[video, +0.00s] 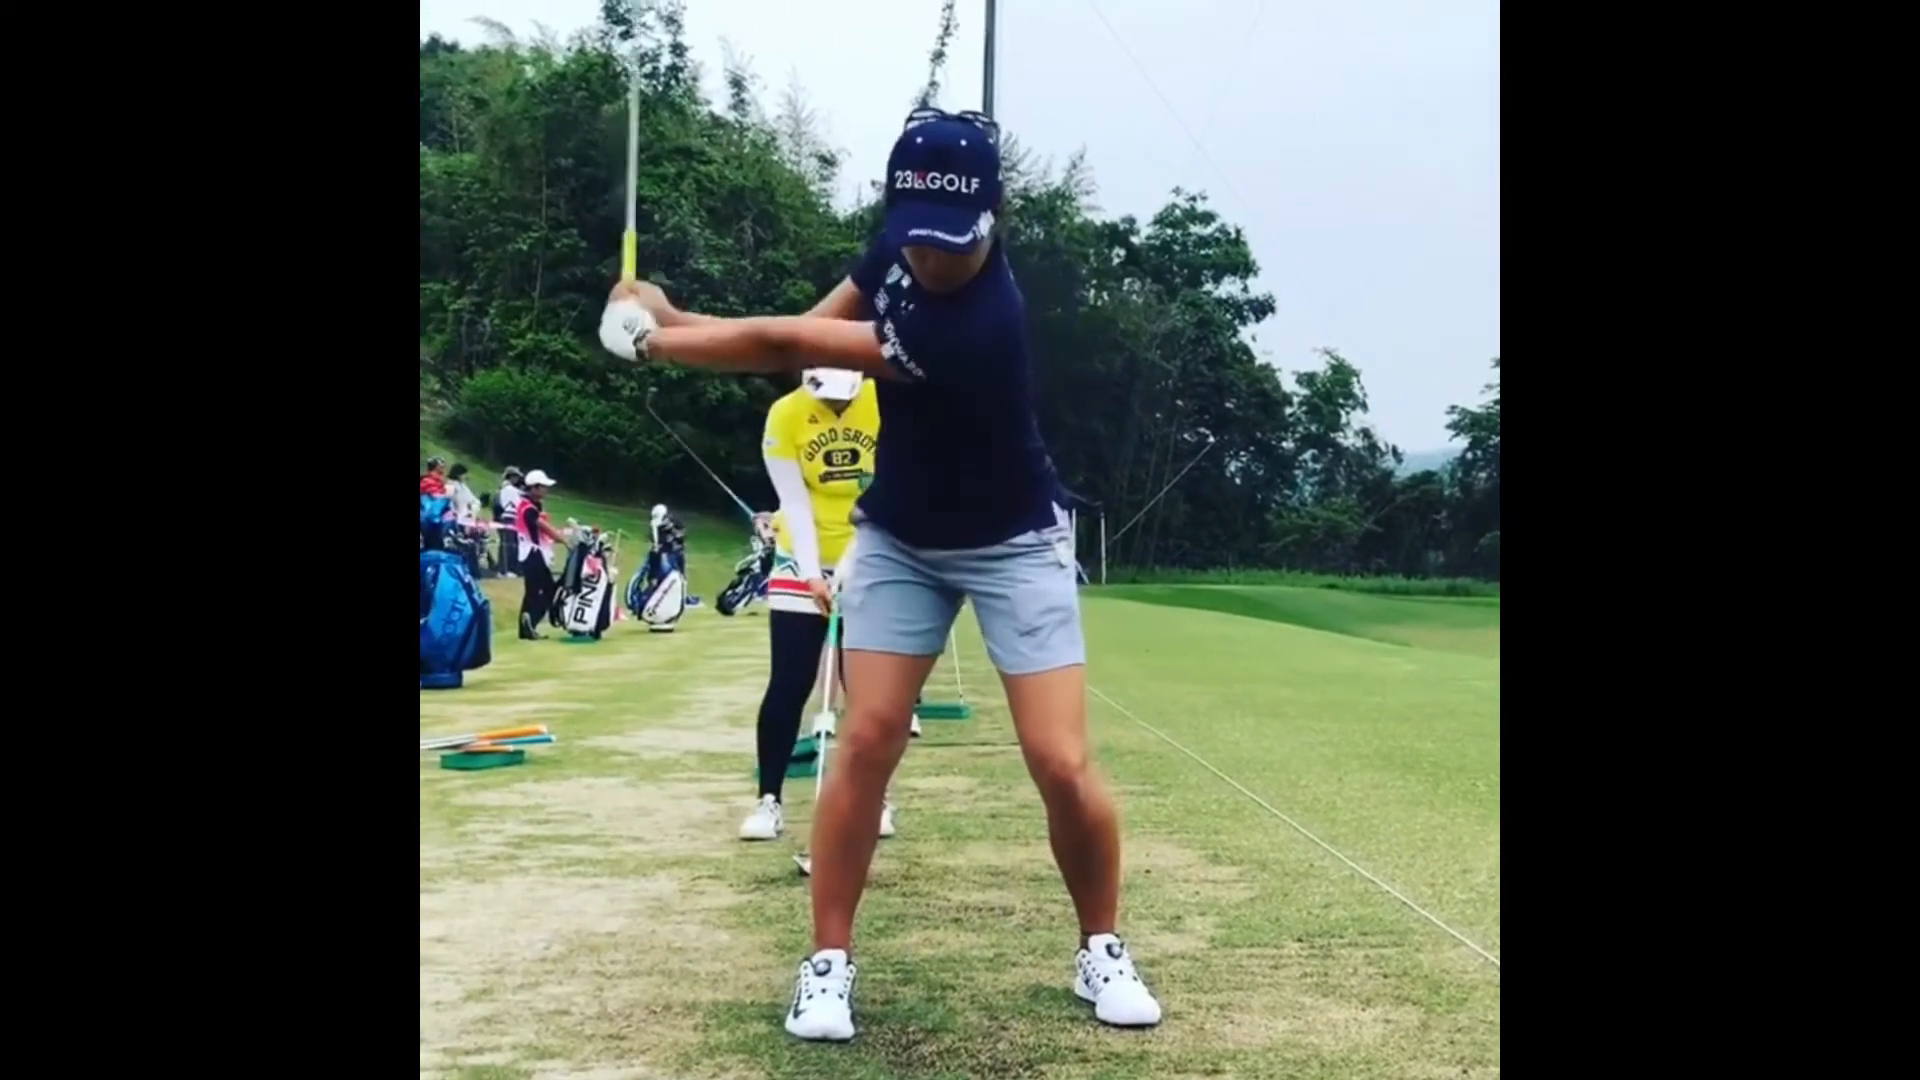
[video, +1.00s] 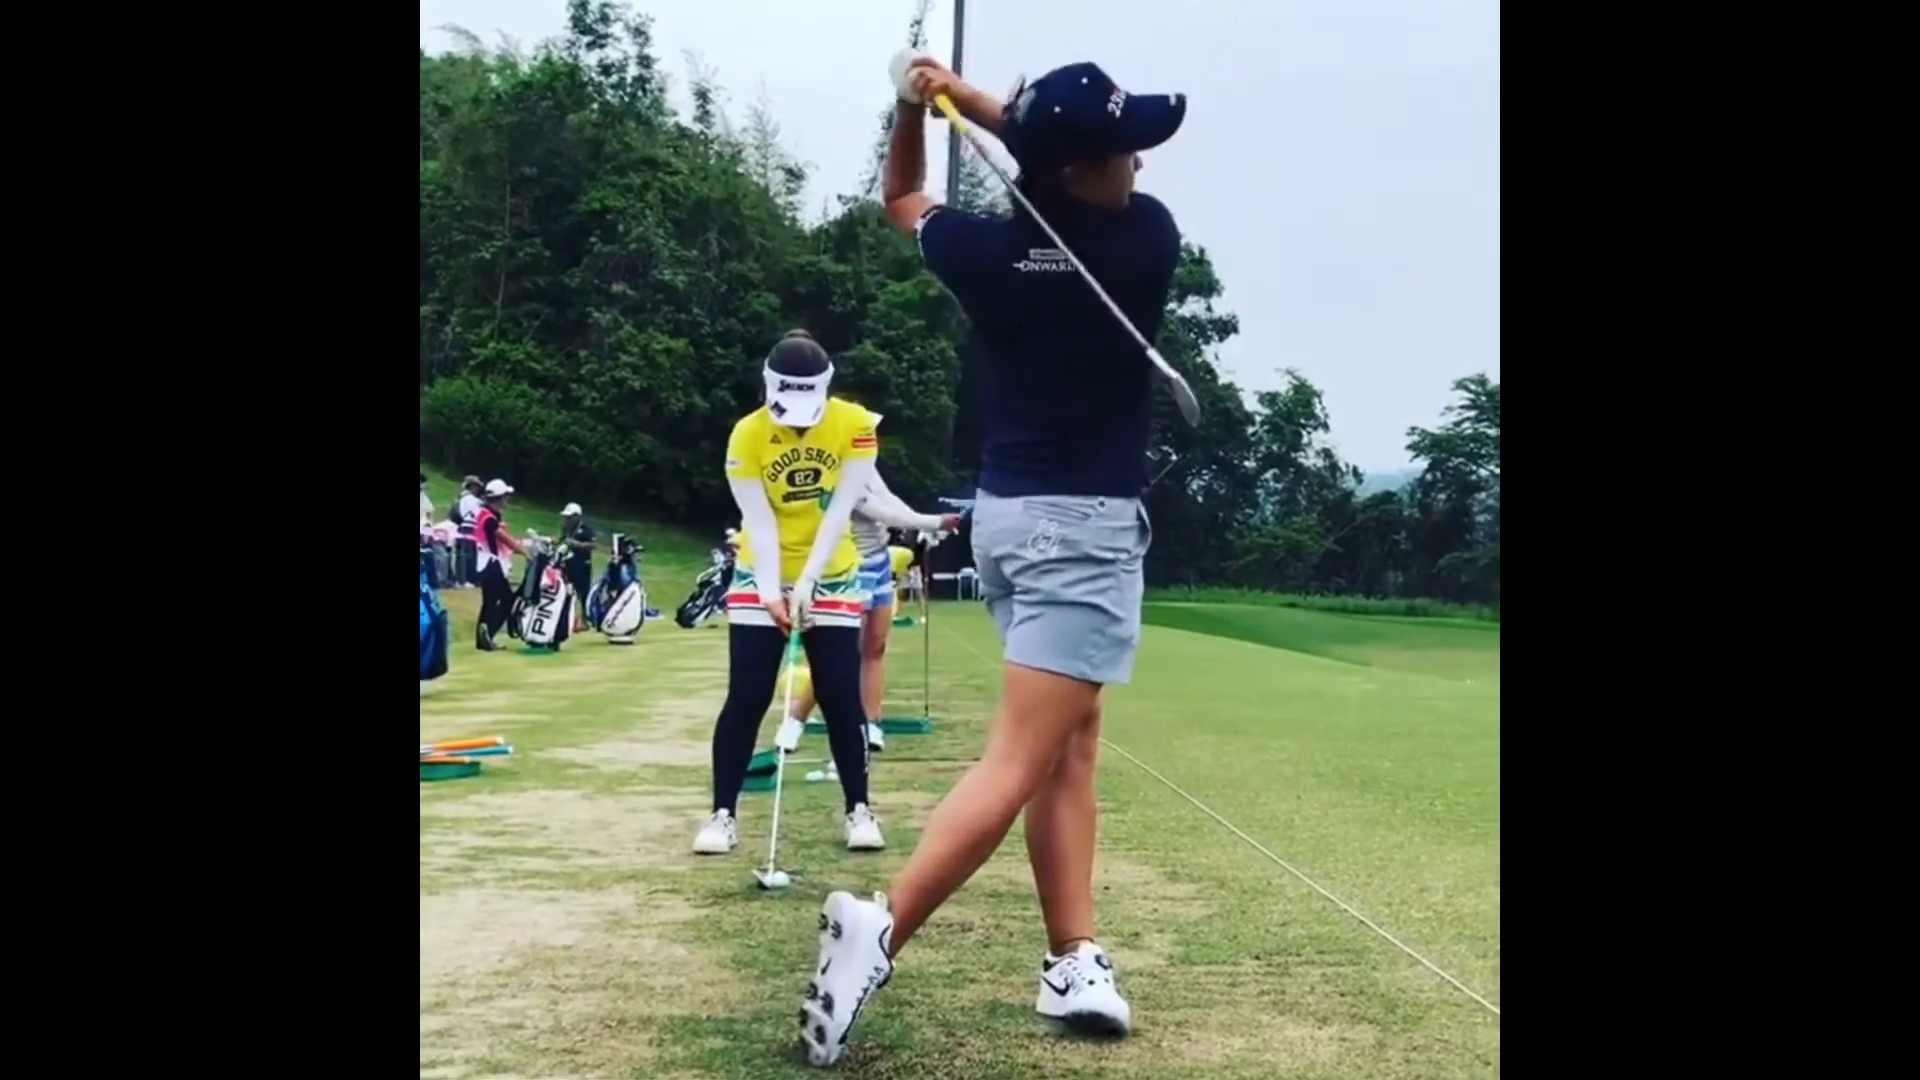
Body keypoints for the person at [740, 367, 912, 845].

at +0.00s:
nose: (836, 385)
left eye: (845, 377)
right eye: (825, 377)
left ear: (861, 372)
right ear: (808, 372)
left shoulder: (880, 402)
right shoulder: (786, 415)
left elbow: (893, 486)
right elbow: (794, 503)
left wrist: (859, 563)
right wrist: (810, 570)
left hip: (867, 555)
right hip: (800, 558)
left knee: (874, 692)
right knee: (789, 684)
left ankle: (876, 794)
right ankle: (768, 799)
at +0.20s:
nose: (820, 401)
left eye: (831, 391)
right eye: (809, 390)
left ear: (848, 373)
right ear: (792, 374)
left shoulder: (873, 407)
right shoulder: (771, 421)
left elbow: (877, 492)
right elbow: (782, 507)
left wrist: (839, 565)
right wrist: (801, 574)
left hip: (856, 556)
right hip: (788, 558)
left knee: (869, 688)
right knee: (784, 686)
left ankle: (878, 792)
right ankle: (767, 802)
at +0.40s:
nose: (823, 401)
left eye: (834, 391)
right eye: (813, 389)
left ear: (855, 374)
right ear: (799, 374)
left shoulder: (878, 416)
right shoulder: (781, 422)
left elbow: (883, 501)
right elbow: (785, 509)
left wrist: (842, 568)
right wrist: (804, 577)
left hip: (866, 573)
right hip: (792, 573)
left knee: (874, 694)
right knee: (783, 689)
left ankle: (888, 801)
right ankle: (759, 805)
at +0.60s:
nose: (828, 407)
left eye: (839, 396)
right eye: (818, 395)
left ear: (858, 378)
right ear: (803, 378)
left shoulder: (892, 419)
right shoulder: (782, 429)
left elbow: (880, 506)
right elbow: (790, 515)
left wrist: (841, 570)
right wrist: (799, 579)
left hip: (867, 572)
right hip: (794, 569)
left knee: (868, 701)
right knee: (776, 688)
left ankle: (880, 818)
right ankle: (747, 806)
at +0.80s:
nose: (807, 409)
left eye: (818, 399)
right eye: (798, 398)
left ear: (837, 383)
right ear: (782, 382)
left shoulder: (868, 420)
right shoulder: (759, 433)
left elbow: (859, 505)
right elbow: (770, 518)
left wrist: (821, 575)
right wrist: (780, 584)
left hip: (846, 574)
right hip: (773, 573)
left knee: (850, 694)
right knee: (759, 692)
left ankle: (867, 808)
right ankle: (732, 811)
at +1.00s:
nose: (794, 414)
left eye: (805, 403)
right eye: (785, 402)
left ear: (825, 388)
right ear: (769, 387)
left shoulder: (856, 424)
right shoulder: (747, 437)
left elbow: (843, 506)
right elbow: (759, 523)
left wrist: (807, 578)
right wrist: (769, 587)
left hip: (833, 575)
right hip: (758, 574)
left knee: (840, 696)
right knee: (747, 695)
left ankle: (859, 810)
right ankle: (722, 814)